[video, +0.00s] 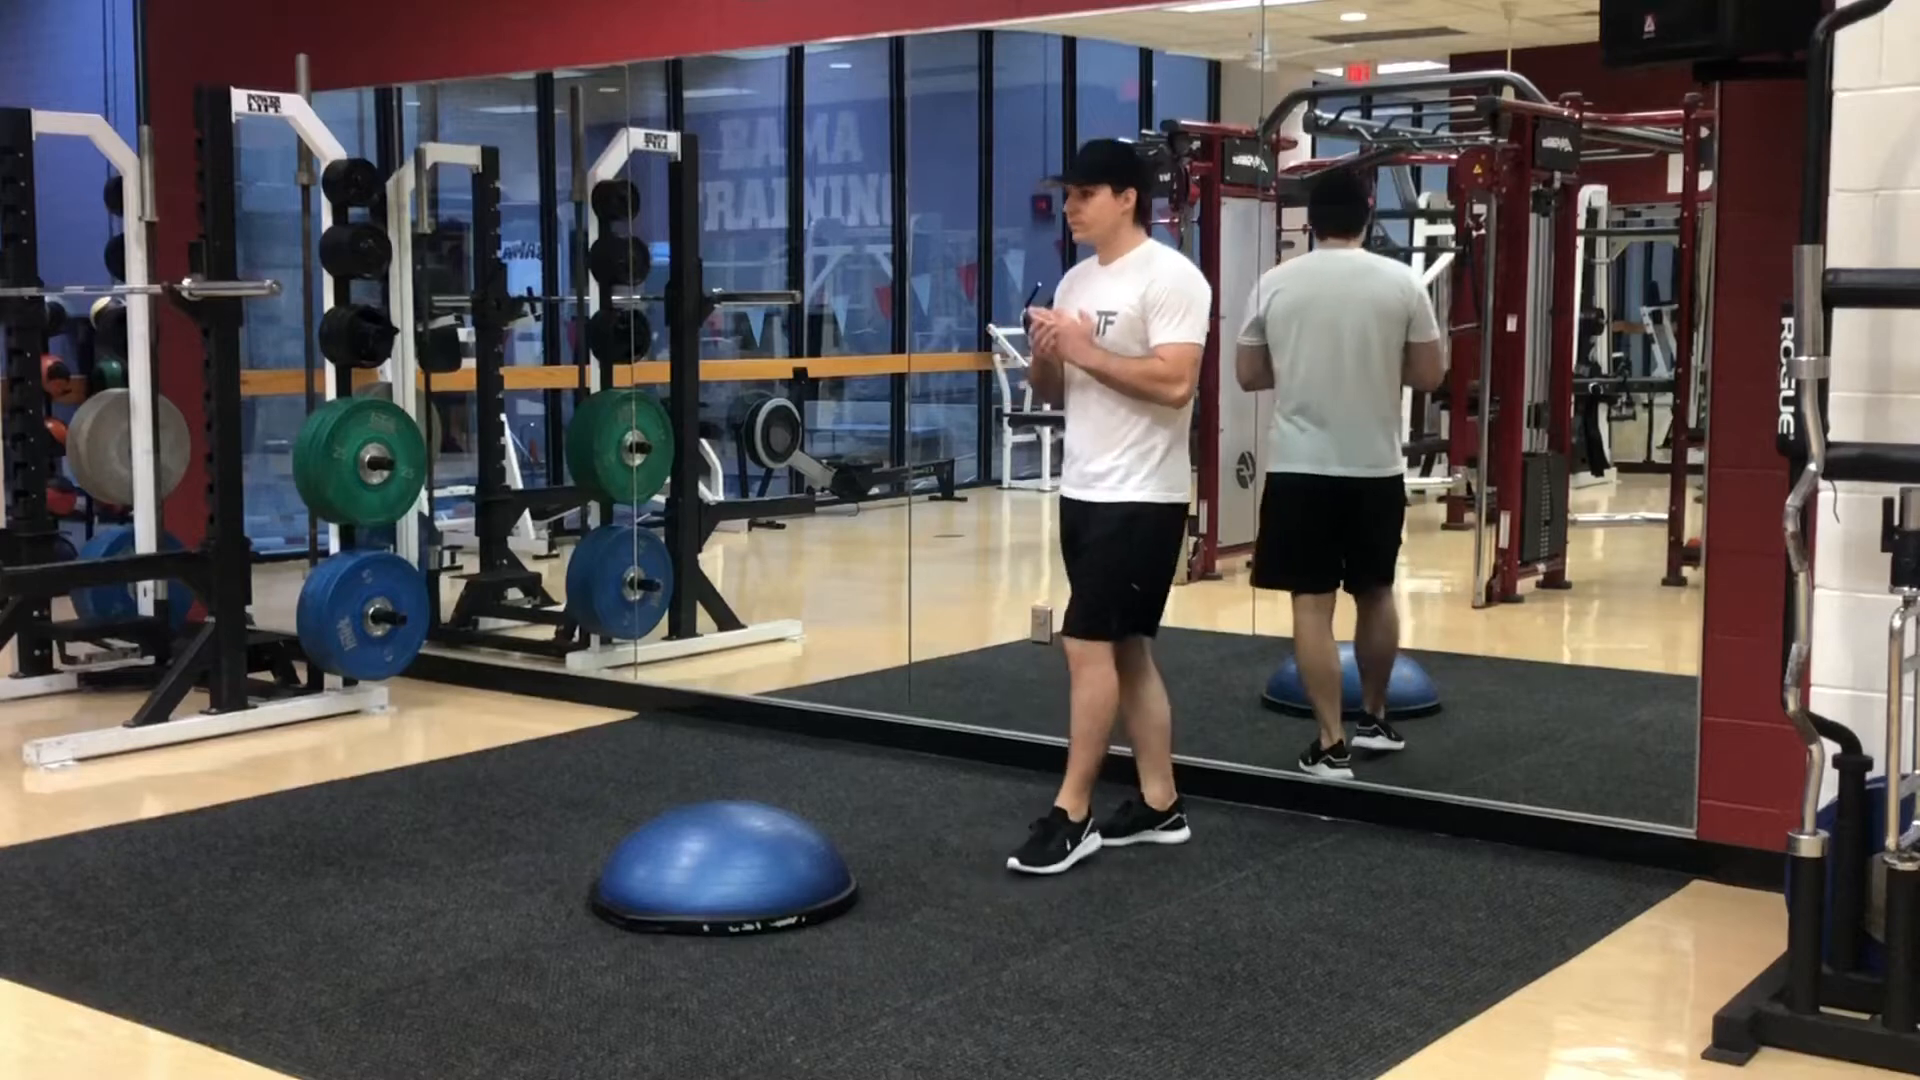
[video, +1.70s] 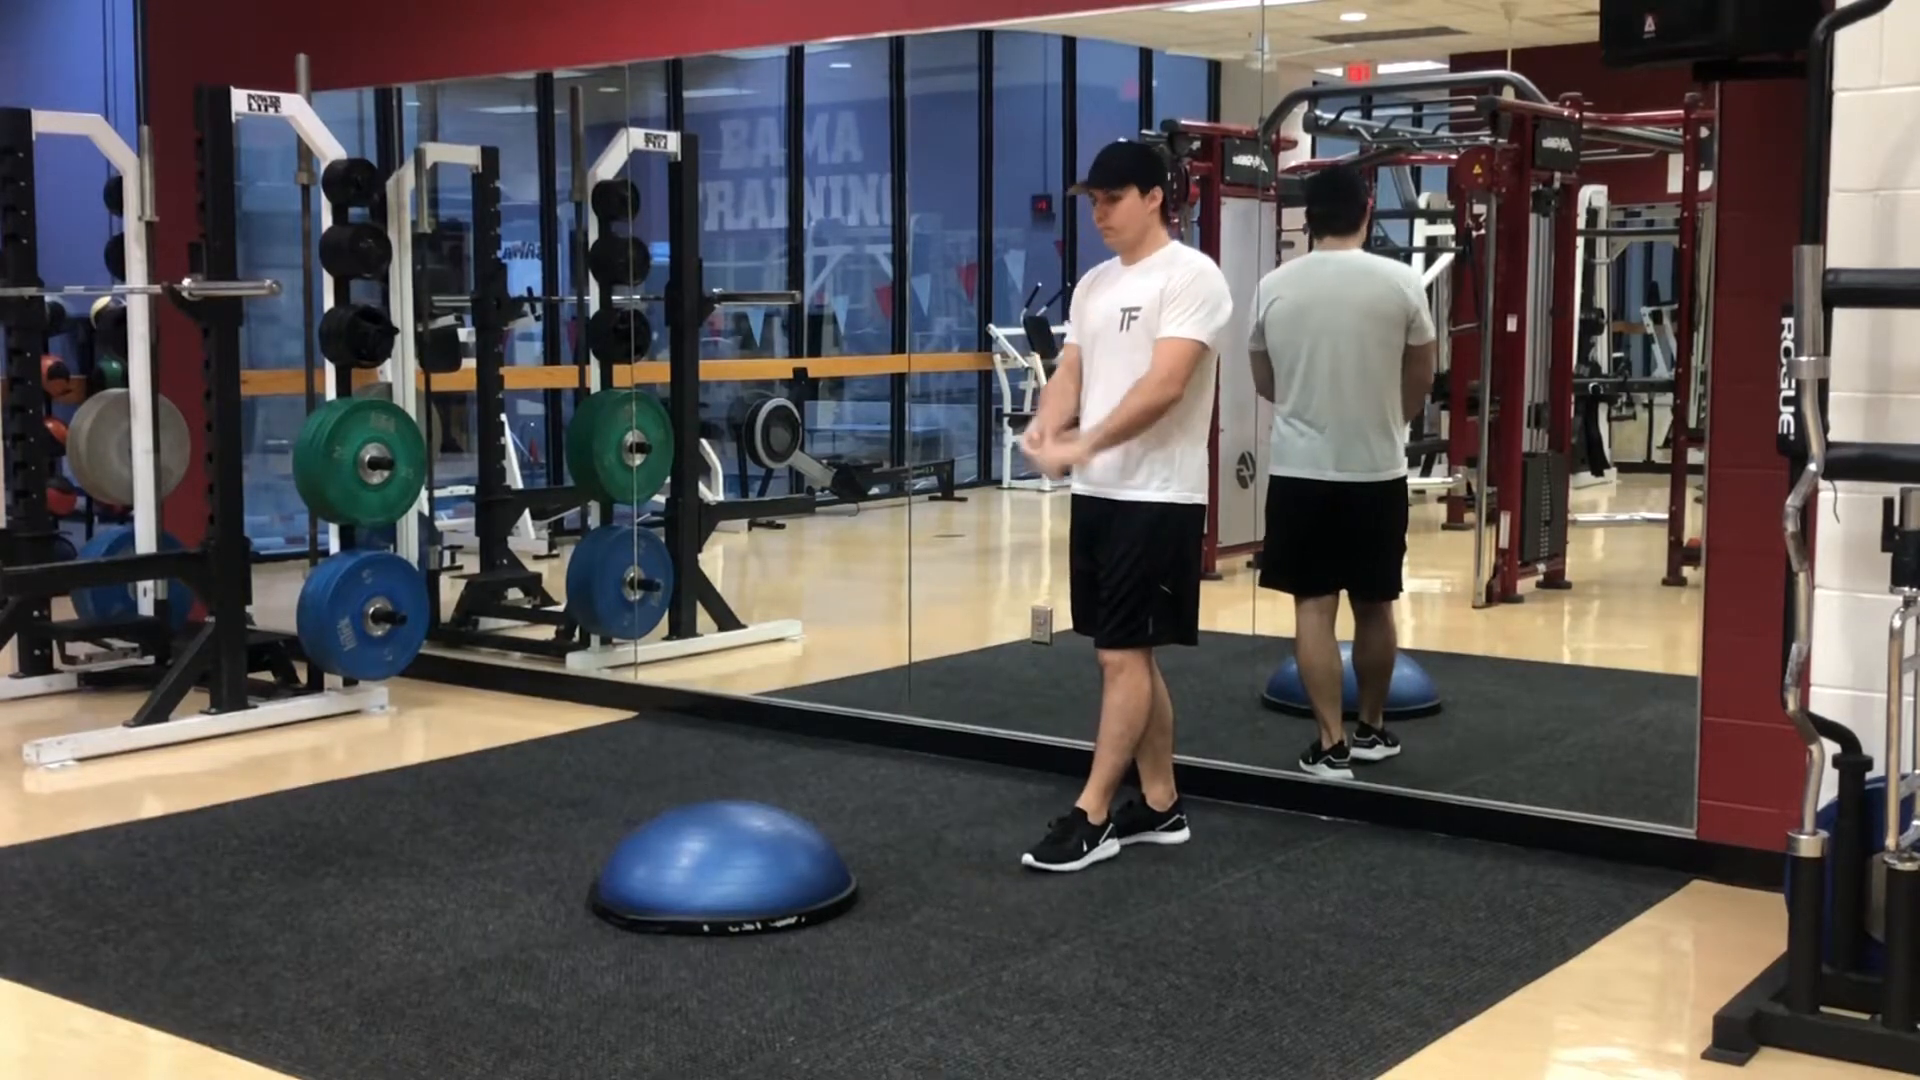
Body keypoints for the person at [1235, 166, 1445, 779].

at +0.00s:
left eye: (1322, 218)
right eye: (1357, 217)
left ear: (1311, 222)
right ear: (1367, 221)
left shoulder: (1277, 282)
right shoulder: (1402, 282)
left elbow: (1250, 374)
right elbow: (1428, 373)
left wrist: (1309, 361)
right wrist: (1375, 358)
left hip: (1300, 472)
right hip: (1375, 471)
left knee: (1312, 604)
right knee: (1376, 592)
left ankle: (1331, 745)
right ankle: (1375, 721)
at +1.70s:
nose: (1369, 218)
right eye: (1369, 209)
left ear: (1309, 218)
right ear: (1367, 214)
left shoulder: (1275, 285)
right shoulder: (1400, 282)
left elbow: (1266, 384)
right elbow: (1420, 381)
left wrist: (1320, 399)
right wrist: (1392, 419)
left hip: (1300, 474)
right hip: (1377, 474)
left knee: (1314, 606)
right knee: (1375, 604)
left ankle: (1331, 745)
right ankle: (1370, 727)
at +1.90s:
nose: (1372, 229)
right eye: (1373, 221)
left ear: (1312, 225)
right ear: (1368, 222)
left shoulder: (1275, 287)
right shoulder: (1402, 283)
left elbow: (1248, 387)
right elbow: (1438, 380)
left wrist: (1246, 457)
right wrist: (1464, 459)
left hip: (1300, 476)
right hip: (1380, 476)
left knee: (1315, 607)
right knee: (1376, 603)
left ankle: (1331, 744)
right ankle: (1371, 728)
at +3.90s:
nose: (1428, 244)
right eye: (1432, 237)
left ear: (1376, 232)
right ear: (1430, 235)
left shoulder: (1334, 277)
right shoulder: (1451, 282)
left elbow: (1294, 366)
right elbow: (1475, 381)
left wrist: (1288, 435)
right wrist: (1484, 452)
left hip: (1334, 462)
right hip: (1407, 468)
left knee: (1332, 577)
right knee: (1390, 596)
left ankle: (1316, 704)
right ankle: (1370, 722)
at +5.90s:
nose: (1419, 246)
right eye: (1426, 239)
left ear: (1375, 234)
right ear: (1425, 238)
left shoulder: (1332, 277)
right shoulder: (1451, 280)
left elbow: (1290, 366)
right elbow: (1474, 372)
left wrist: (1285, 436)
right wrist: (1478, 444)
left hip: (1330, 447)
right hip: (1404, 458)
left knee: (1344, 528)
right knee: (1388, 589)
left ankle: (1327, 638)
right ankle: (1369, 717)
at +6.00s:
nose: (1419, 246)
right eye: (1426, 239)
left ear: (1373, 234)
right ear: (1424, 238)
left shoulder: (1331, 278)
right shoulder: (1450, 279)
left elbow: (1291, 368)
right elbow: (1474, 372)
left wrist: (1285, 436)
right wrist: (1478, 444)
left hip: (1331, 448)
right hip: (1404, 459)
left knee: (1344, 531)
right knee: (1388, 590)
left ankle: (1327, 640)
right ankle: (1369, 717)